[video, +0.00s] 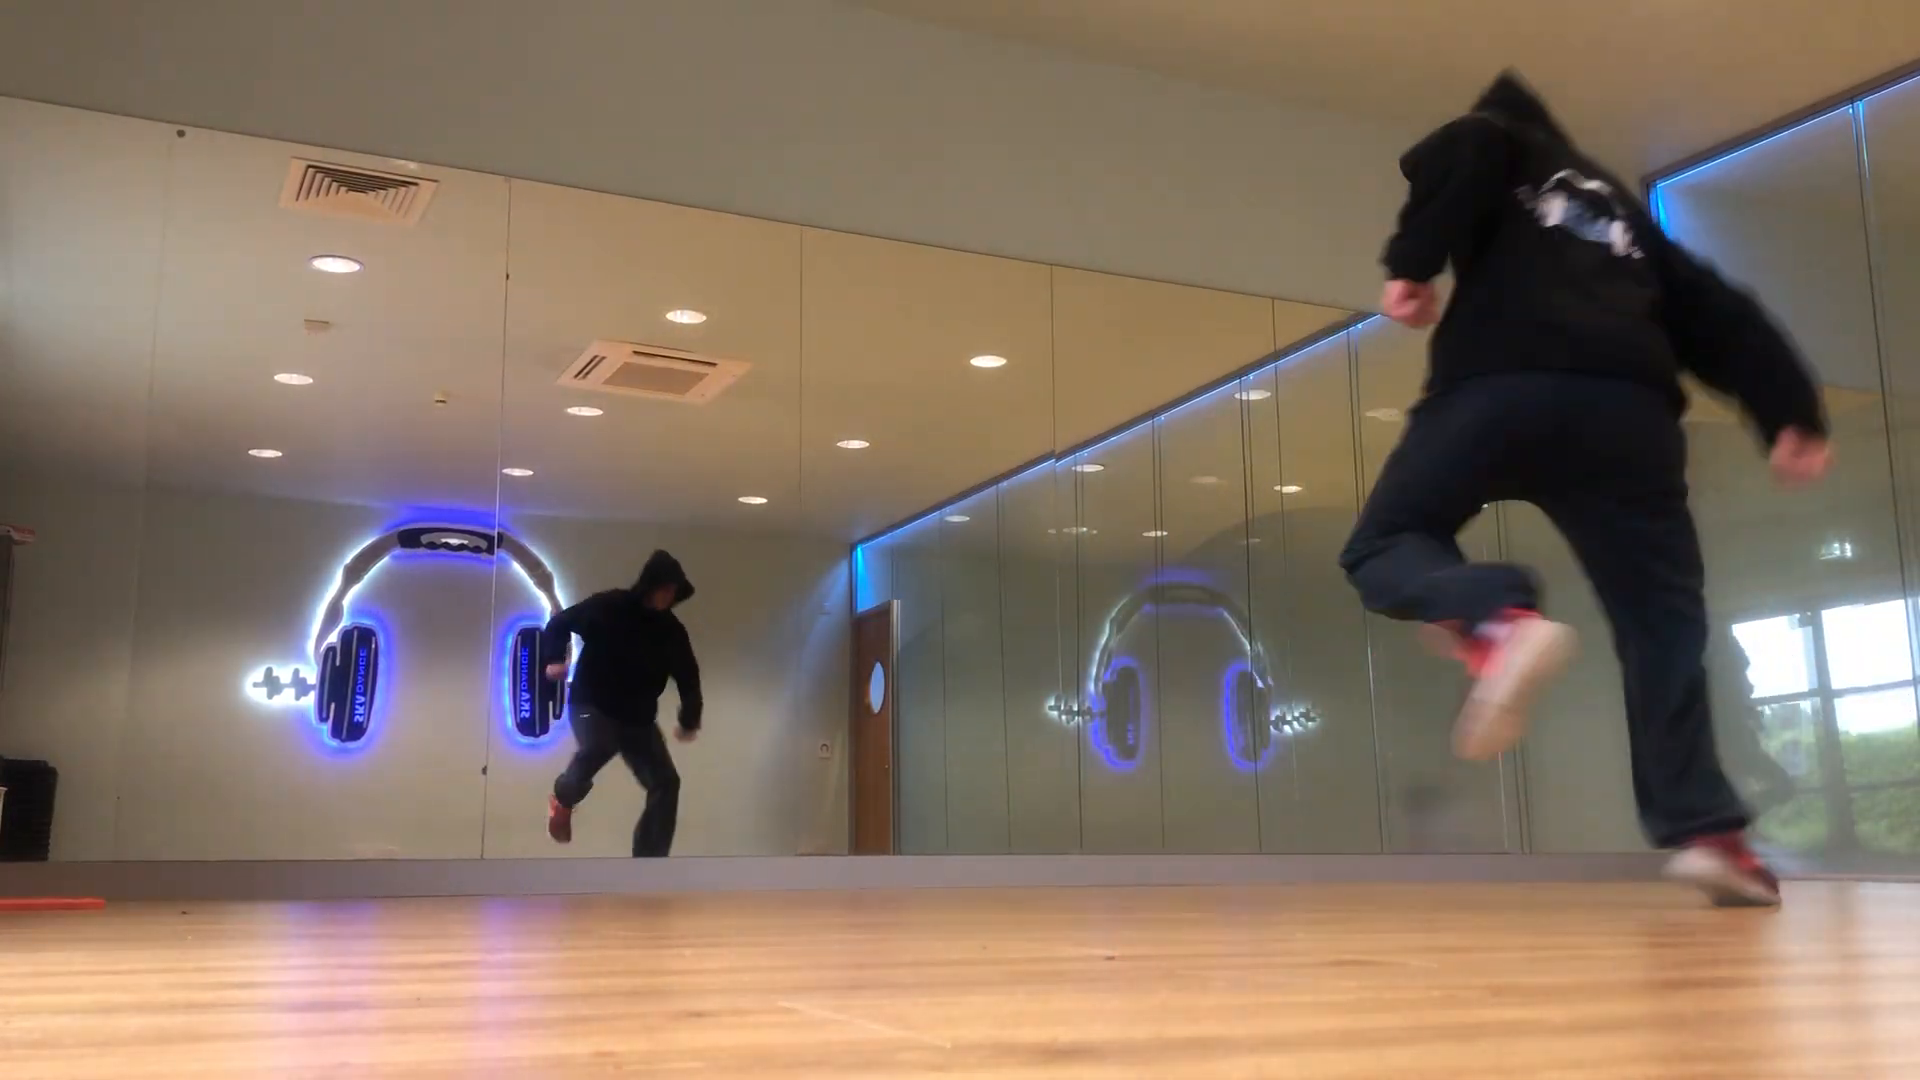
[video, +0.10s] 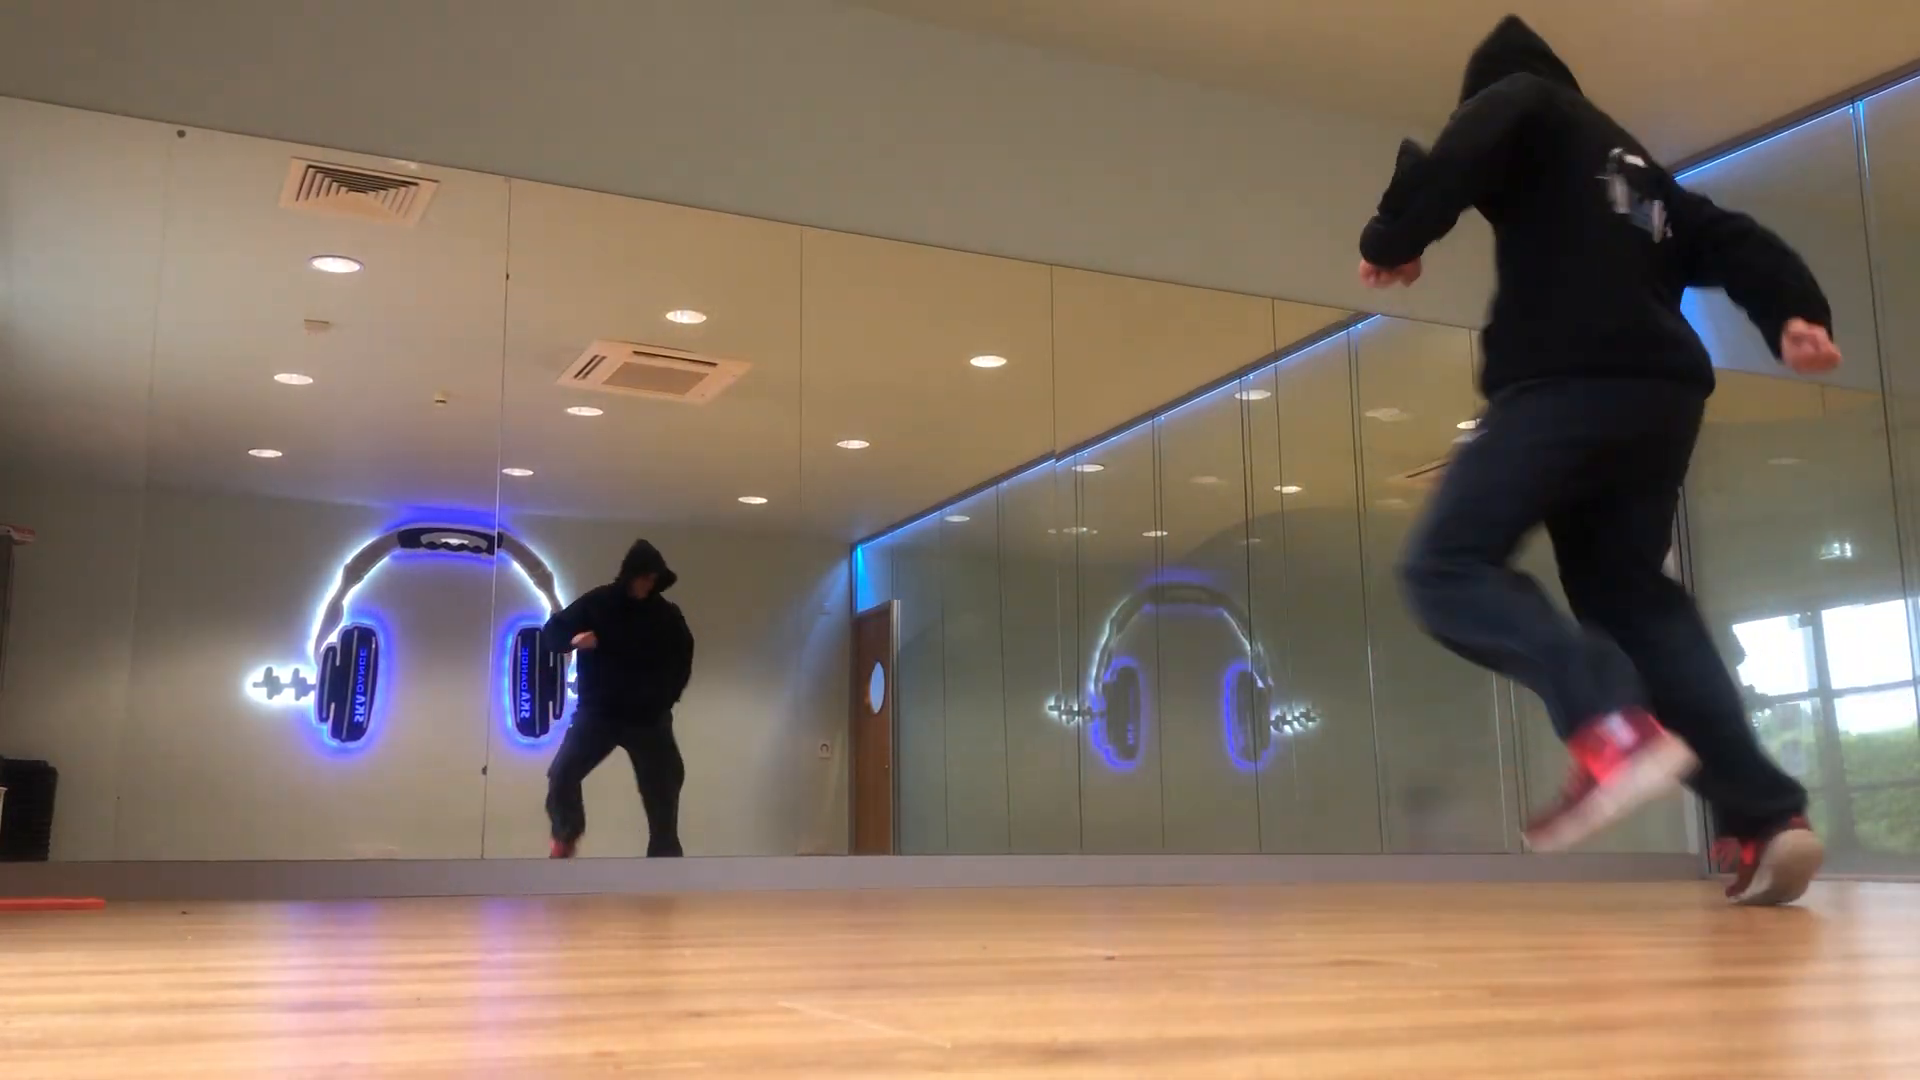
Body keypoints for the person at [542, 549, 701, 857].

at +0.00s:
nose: (668, 597)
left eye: (673, 591)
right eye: (665, 589)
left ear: (675, 594)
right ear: (650, 585)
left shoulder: (672, 631)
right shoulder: (610, 606)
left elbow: (688, 677)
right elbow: (558, 624)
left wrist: (689, 719)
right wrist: (554, 659)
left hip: (636, 718)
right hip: (591, 707)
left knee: (665, 783)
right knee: (599, 747)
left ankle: (648, 868)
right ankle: (562, 801)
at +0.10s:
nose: (646, 584)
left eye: (652, 578)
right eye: (641, 576)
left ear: (658, 580)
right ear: (627, 574)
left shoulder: (668, 615)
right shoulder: (600, 602)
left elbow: (683, 655)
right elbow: (551, 633)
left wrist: (668, 697)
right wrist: (571, 641)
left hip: (649, 717)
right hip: (598, 715)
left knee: (665, 781)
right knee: (562, 773)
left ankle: (664, 859)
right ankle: (565, 831)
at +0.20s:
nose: (622, 596)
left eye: (628, 589)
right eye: (617, 589)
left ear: (635, 589)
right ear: (605, 588)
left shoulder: (652, 619)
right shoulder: (586, 616)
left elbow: (678, 652)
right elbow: (555, 661)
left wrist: (664, 698)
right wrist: (587, 642)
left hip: (643, 723)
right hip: (598, 724)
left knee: (649, 795)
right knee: (572, 793)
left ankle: (668, 868)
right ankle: (561, 870)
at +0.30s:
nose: (600, 621)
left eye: (604, 613)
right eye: (594, 614)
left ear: (612, 611)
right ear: (582, 614)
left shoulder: (629, 637)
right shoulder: (566, 641)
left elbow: (661, 666)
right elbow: (560, 688)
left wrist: (672, 707)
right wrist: (594, 670)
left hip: (640, 732)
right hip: (595, 735)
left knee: (656, 796)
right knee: (584, 804)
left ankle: (674, 865)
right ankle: (577, 872)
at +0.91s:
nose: (609, 622)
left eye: (614, 616)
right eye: (605, 614)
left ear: (616, 617)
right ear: (589, 611)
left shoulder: (604, 643)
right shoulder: (556, 633)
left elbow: (627, 664)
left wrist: (654, 687)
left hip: (574, 728)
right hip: (538, 729)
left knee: (604, 785)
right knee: (566, 794)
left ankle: (549, 833)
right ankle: (552, 870)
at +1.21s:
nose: (591, 604)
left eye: (595, 600)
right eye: (591, 597)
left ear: (581, 591)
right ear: (580, 588)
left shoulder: (569, 615)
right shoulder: (550, 611)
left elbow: (556, 658)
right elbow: (515, 631)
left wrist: (585, 663)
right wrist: (484, 643)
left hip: (555, 714)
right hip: (542, 714)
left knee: (545, 786)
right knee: (555, 790)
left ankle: (512, 849)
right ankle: (547, 865)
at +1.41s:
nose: (589, 643)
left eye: (593, 639)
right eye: (590, 636)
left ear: (569, 625)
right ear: (580, 630)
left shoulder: (556, 650)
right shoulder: (547, 648)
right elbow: (509, 681)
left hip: (520, 743)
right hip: (523, 742)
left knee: (536, 814)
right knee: (558, 798)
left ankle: (499, 871)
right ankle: (546, 872)